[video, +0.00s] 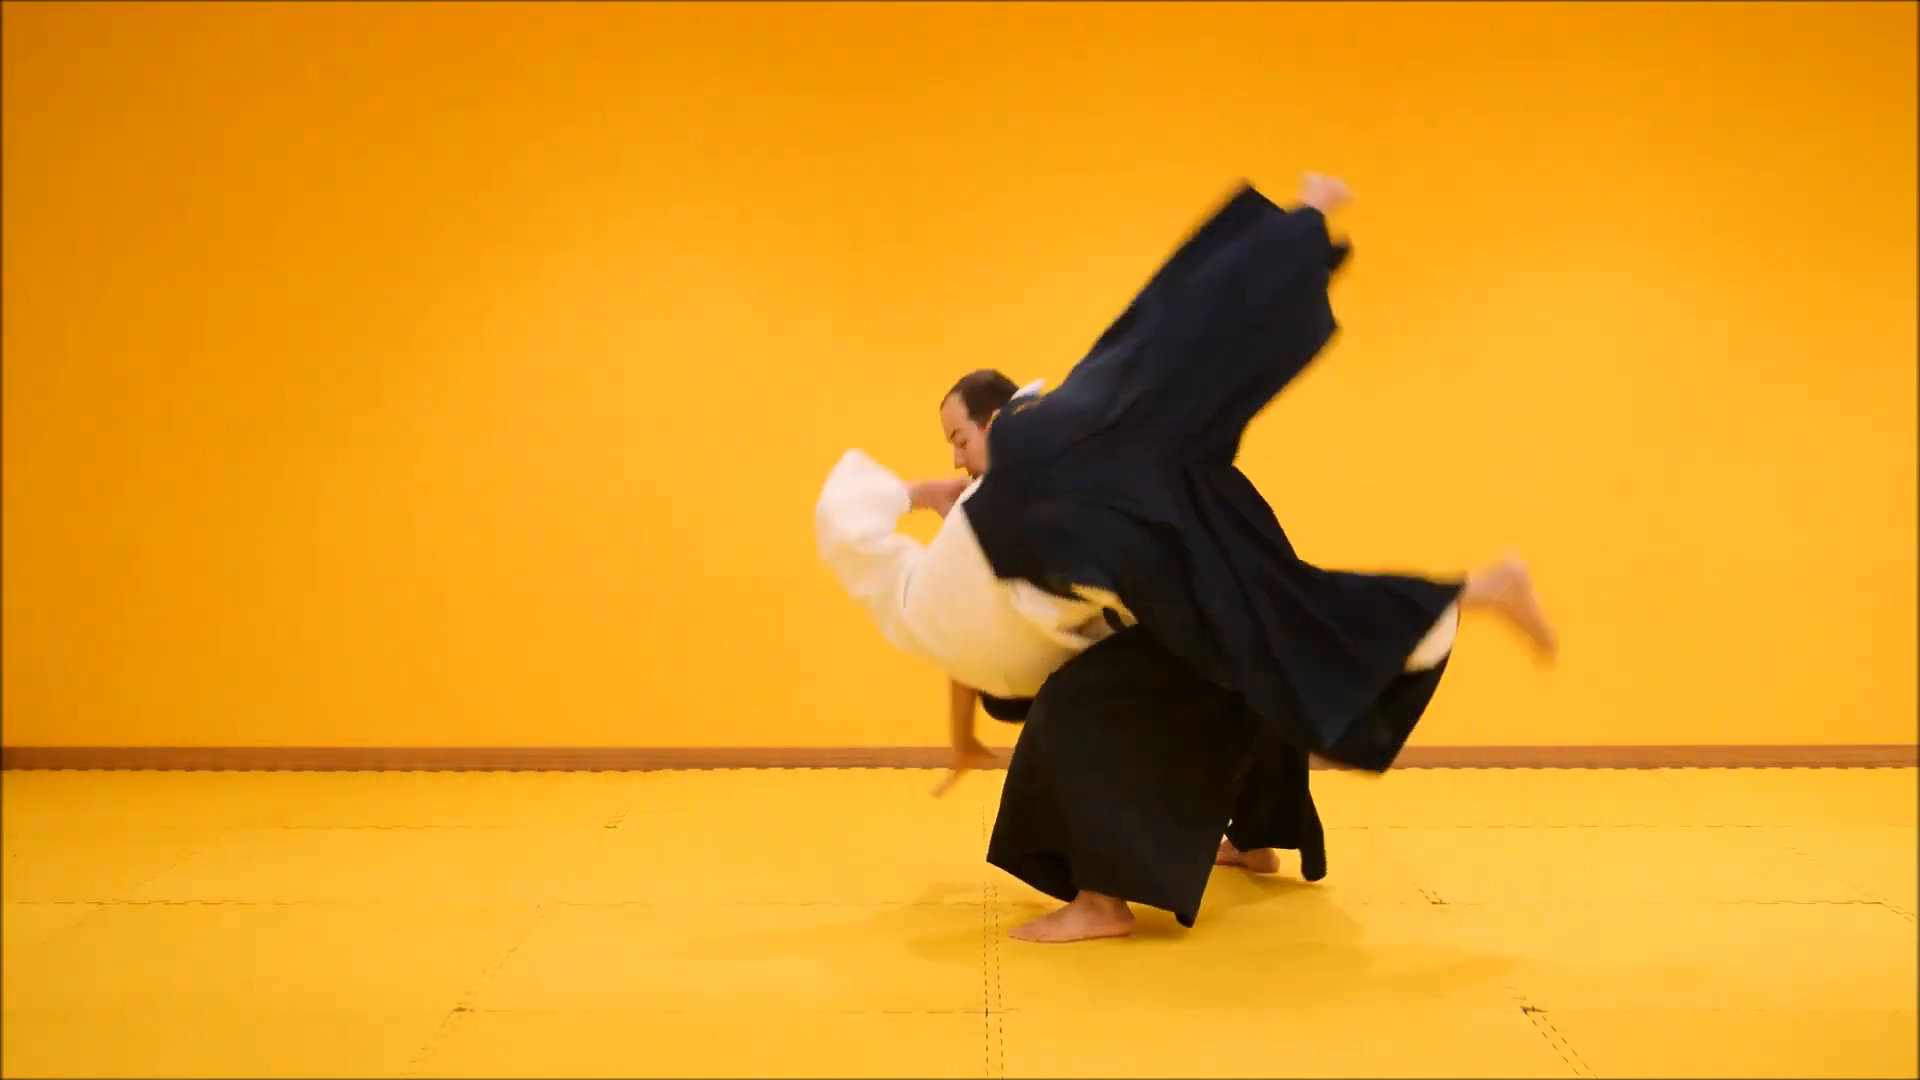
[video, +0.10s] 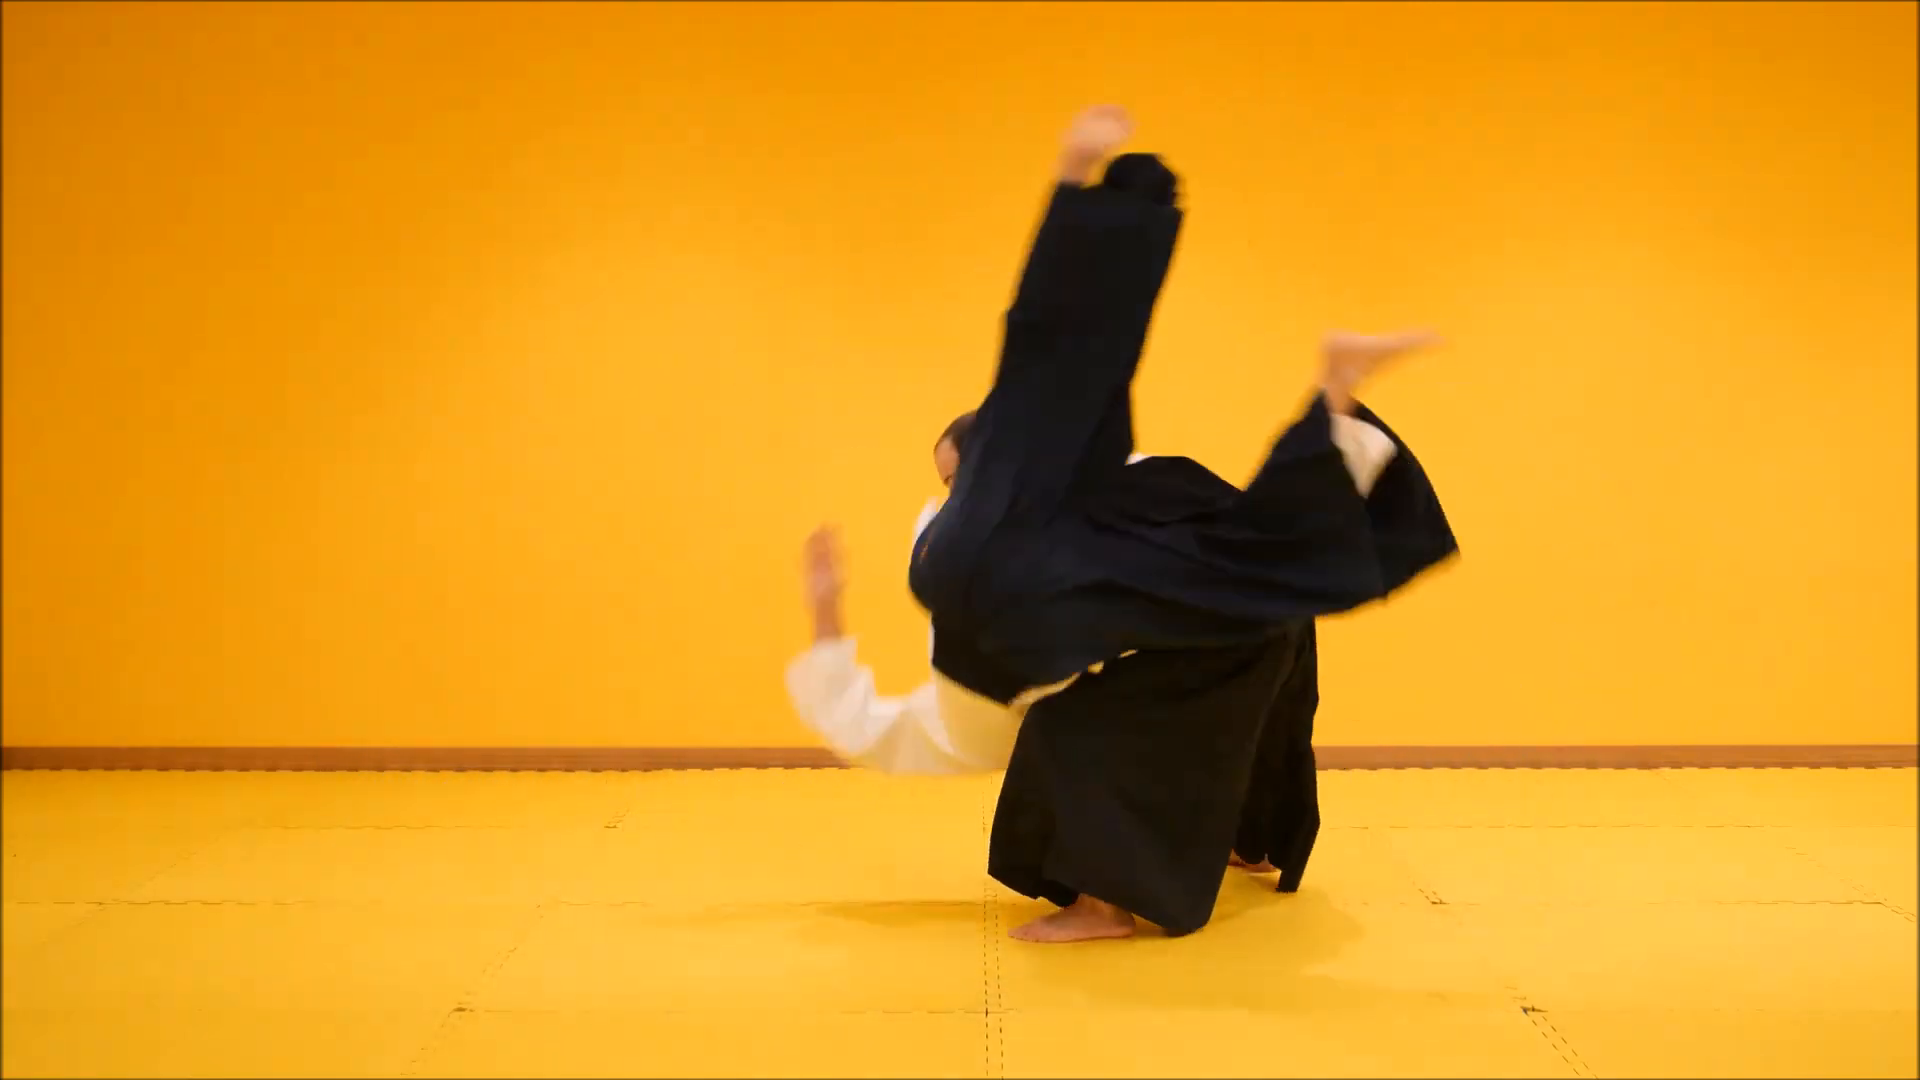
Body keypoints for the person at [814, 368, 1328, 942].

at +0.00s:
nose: (953, 453)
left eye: (958, 436)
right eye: (950, 439)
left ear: (996, 424)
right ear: (996, 427)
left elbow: (961, 657)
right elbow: (965, 652)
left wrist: (960, 750)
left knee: (1071, 708)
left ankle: (1099, 900)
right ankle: (1252, 840)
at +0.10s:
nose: (945, 464)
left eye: (956, 450)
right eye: (946, 455)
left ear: (994, 457)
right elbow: (855, 719)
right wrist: (825, 619)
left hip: (976, 571)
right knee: (1267, 575)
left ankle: (1083, 196)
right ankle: (1338, 401)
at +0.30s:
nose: (991, 509)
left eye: (990, 490)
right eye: (984, 493)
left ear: (1026, 470)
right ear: (1047, 461)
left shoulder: (1038, 527)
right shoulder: (1123, 474)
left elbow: (1031, 651)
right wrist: (831, 878)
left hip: (1249, 618)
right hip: (1301, 605)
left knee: (1098, 708)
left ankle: (1105, 898)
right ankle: (1260, 846)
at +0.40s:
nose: (1012, 454)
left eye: (1016, 436)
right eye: (1009, 440)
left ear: (1056, 426)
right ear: (1070, 425)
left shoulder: (1068, 482)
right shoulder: (1131, 449)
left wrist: (1035, 527)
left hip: (1250, 632)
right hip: (1300, 607)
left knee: (1079, 705)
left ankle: (1102, 899)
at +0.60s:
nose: (1063, 372)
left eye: (1067, 353)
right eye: (1060, 355)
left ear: (1106, 344)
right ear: (1123, 344)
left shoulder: (1085, 406)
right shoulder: (1229, 384)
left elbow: (1038, 557)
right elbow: (1297, 495)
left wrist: (1120, 537)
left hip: (1251, 584)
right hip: (1332, 571)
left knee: (1089, 702)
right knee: (1294, 696)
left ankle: (1101, 897)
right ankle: (1354, 838)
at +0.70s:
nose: (1100, 338)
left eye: (1105, 319)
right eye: (1099, 321)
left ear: (1148, 313)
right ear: (1172, 313)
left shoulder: (1119, 381)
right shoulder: (1261, 370)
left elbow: (1081, 520)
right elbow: (1333, 493)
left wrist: (1126, 560)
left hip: (1268, 579)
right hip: (1354, 570)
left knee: (1100, 706)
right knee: (1358, 708)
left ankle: (1100, 898)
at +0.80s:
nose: (1159, 312)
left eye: (1166, 295)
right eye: (1159, 295)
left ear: (1208, 293)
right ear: (1231, 295)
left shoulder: (1182, 370)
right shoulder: (1317, 367)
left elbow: (1159, 494)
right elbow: (1376, 483)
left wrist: (1147, 583)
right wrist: (1369, 562)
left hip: (1307, 579)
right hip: (1383, 568)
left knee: (1124, 720)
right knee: (1451, 729)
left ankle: (1101, 898)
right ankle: (1621, 834)